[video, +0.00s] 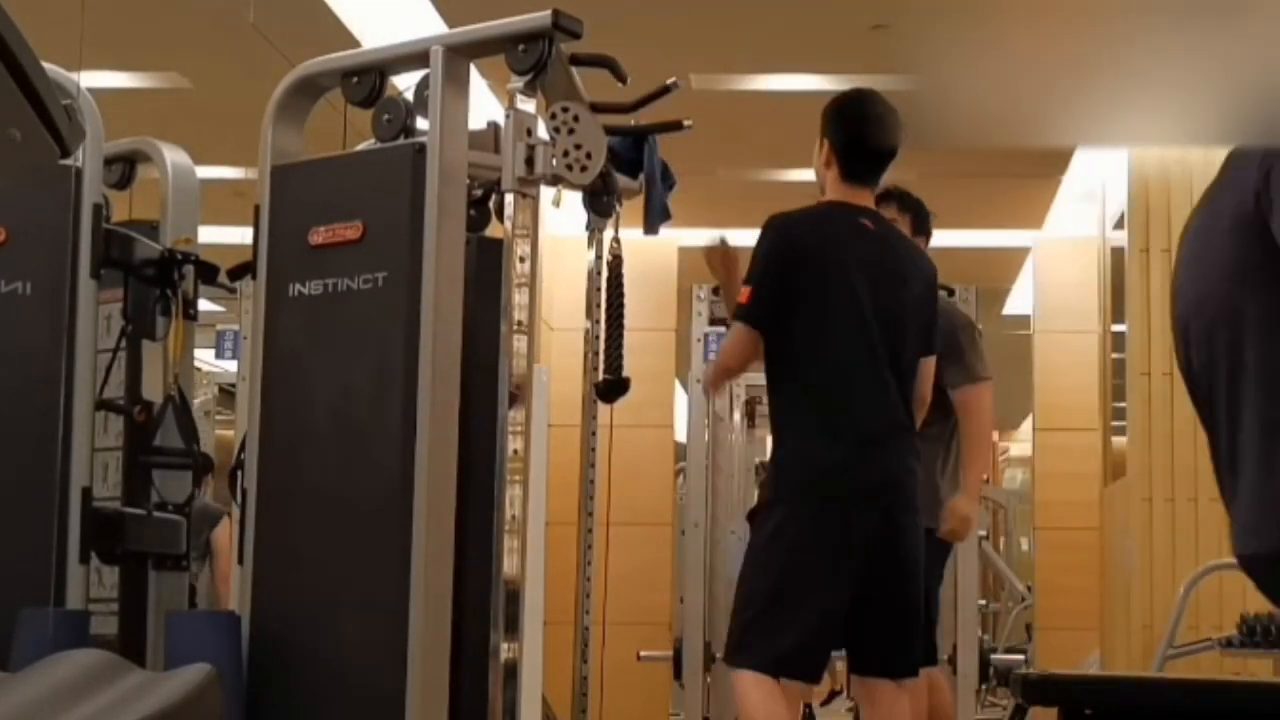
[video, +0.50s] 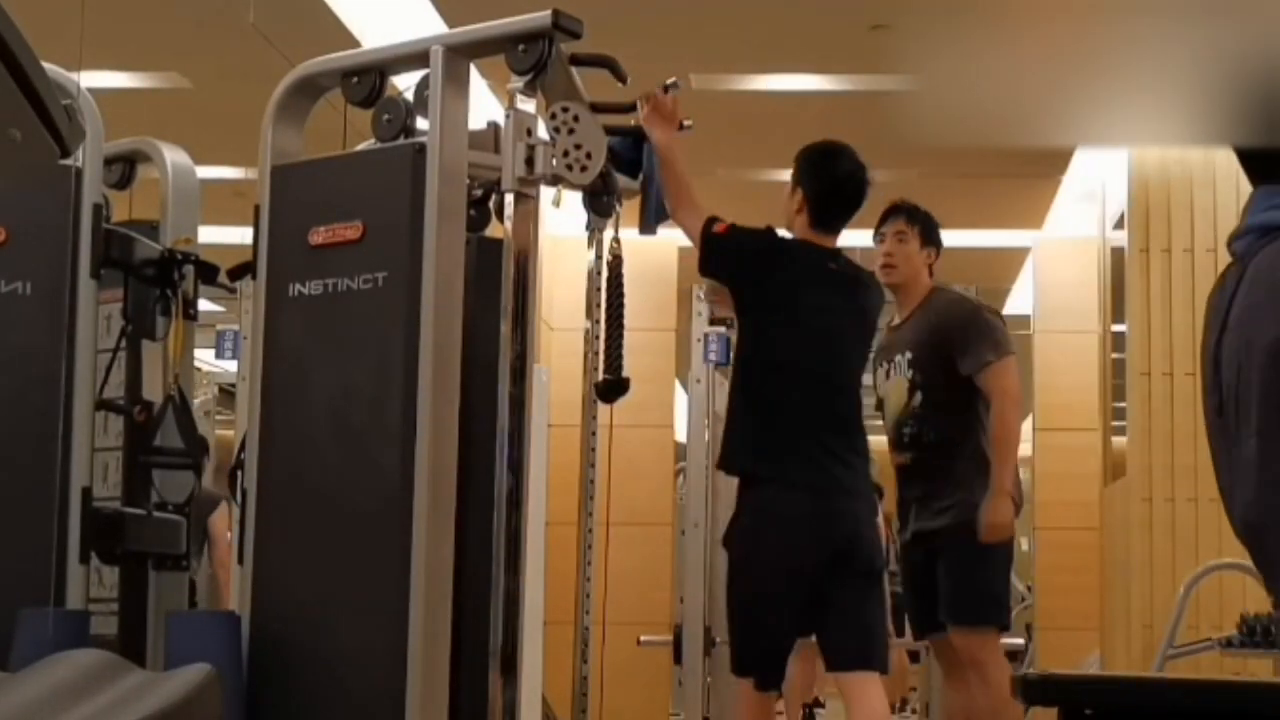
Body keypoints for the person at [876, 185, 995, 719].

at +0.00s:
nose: (881, 241)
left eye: (894, 231)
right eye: (876, 229)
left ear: (921, 242)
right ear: (867, 236)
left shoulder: (945, 321)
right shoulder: (853, 317)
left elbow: (976, 408)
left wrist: (970, 492)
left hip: (924, 506)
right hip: (869, 502)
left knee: (913, 648)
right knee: (900, 648)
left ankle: (938, 711)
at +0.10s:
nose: (889, 247)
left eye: (901, 237)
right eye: (882, 236)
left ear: (926, 247)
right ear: (872, 244)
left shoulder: (946, 321)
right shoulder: (862, 320)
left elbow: (980, 413)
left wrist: (938, 493)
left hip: (931, 512)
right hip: (882, 507)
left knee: (917, 650)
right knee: (928, 649)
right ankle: (958, 713)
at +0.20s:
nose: (890, 252)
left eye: (901, 241)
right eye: (883, 242)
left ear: (927, 250)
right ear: (874, 250)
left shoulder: (949, 320)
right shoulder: (872, 323)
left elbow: (982, 412)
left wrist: (930, 484)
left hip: (949, 511)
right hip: (907, 507)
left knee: (918, 643)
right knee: (947, 643)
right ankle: (966, 713)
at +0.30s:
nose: (887, 250)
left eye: (898, 241)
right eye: (879, 242)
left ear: (924, 255)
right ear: (869, 251)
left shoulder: (949, 314)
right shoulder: (873, 317)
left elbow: (988, 406)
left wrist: (941, 488)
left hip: (957, 503)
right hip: (915, 501)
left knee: (937, 646)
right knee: (953, 647)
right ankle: (972, 719)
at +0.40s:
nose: (881, 246)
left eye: (896, 238)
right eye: (875, 238)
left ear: (923, 254)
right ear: (866, 250)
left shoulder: (956, 314)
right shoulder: (878, 327)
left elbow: (1001, 399)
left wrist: (971, 489)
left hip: (960, 506)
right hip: (903, 508)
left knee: (954, 642)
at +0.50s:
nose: (887, 250)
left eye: (901, 239)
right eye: (881, 240)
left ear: (930, 255)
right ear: (874, 253)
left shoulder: (960, 313)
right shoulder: (886, 338)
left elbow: (1008, 396)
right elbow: (894, 434)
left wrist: (1001, 493)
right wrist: (893, 510)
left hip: (969, 509)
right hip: (918, 516)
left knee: (976, 642)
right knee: (945, 647)